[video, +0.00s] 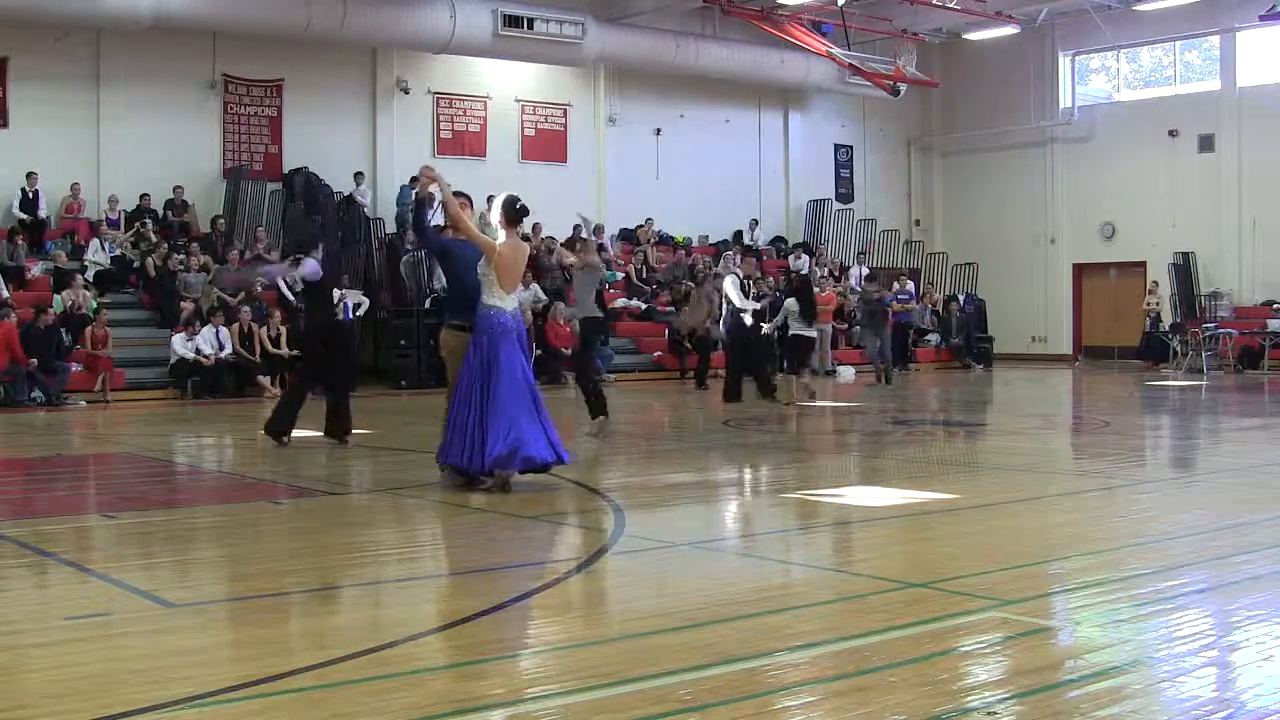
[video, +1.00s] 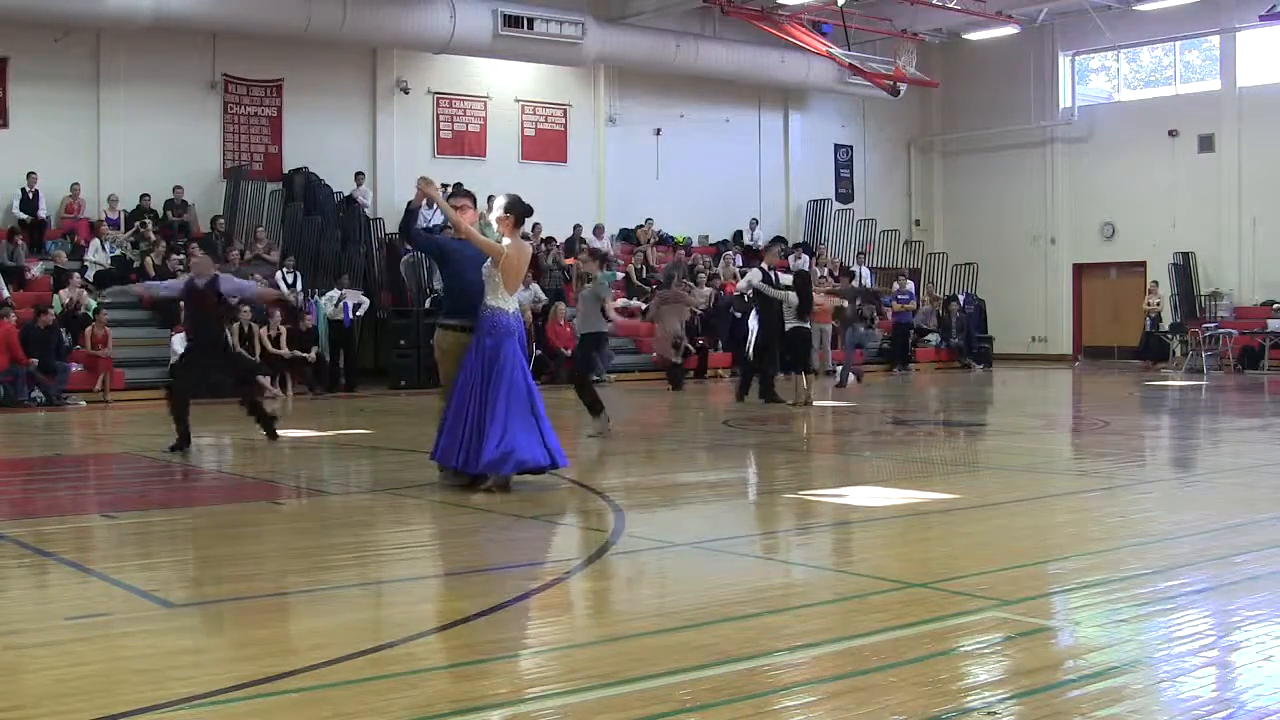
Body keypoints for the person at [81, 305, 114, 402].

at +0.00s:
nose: (106, 317)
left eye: (106, 314)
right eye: (104, 315)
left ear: (105, 316)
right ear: (97, 316)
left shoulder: (107, 330)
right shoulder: (89, 330)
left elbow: (109, 349)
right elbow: (89, 350)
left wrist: (103, 352)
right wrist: (100, 353)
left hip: (103, 355)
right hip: (92, 356)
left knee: (104, 360)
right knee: (106, 365)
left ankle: (99, 382)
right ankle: (107, 393)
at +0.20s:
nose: (106, 317)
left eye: (106, 314)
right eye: (104, 315)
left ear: (105, 317)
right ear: (97, 316)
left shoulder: (107, 330)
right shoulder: (89, 330)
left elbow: (109, 349)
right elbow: (89, 350)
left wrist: (105, 352)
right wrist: (100, 353)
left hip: (103, 355)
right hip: (92, 356)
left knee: (105, 361)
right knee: (106, 365)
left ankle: (99, 382)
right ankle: (107, 393)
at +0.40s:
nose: (106, 317)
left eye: (106, 315)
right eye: (104, 315)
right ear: (97, 316)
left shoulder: (107, 330)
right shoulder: (89, 330)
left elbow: (109, 348)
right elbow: (89, 350)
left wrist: (104, 352)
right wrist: (100, 353)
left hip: (103, 355)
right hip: (92, 355)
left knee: (104, 360)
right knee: (107, 364)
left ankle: (98, 382)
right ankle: (107, 393)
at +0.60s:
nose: (106, 317)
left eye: (106, 315)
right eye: (104, 315)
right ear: (97, 317)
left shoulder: (107, 330)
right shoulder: (89, 330)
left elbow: (109, 349)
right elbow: (88, 350)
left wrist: (104, 352)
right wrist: (99, 353)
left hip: (103, 354)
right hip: (92, 355)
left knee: (103, 359)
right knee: (107, 364)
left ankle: (98, 382)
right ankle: (107, 393)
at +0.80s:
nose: (106, 317)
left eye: (106, 314)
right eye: (104, 315)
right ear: (97, 316)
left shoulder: (107, 330)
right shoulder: (89, 330)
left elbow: (109, 348)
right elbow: (88, 350)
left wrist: (104, 352)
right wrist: (99, 353)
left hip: (103, 354)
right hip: (92, 355)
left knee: (104, 359)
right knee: (107, 364)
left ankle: (98, 382)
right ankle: (107, 393)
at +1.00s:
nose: (106, 317)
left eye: (106, 314)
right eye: (104, 315)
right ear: (97, 316)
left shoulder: (108, 331)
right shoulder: (89, 330)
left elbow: (109, 348)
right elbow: (88, 350)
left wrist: (104, 351)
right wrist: (100, 353)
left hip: (103, 354)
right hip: (92, 355)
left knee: (105, 359)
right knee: (107, 364)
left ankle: (99, 382)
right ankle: (107, 393)